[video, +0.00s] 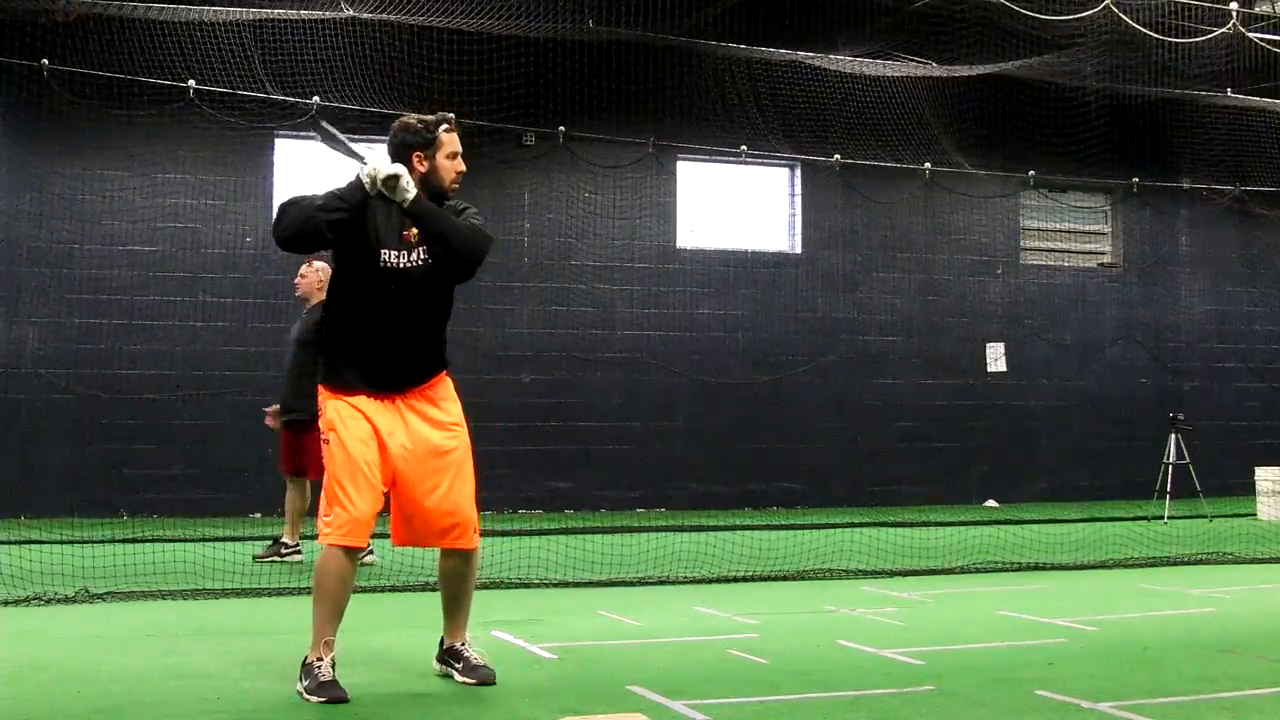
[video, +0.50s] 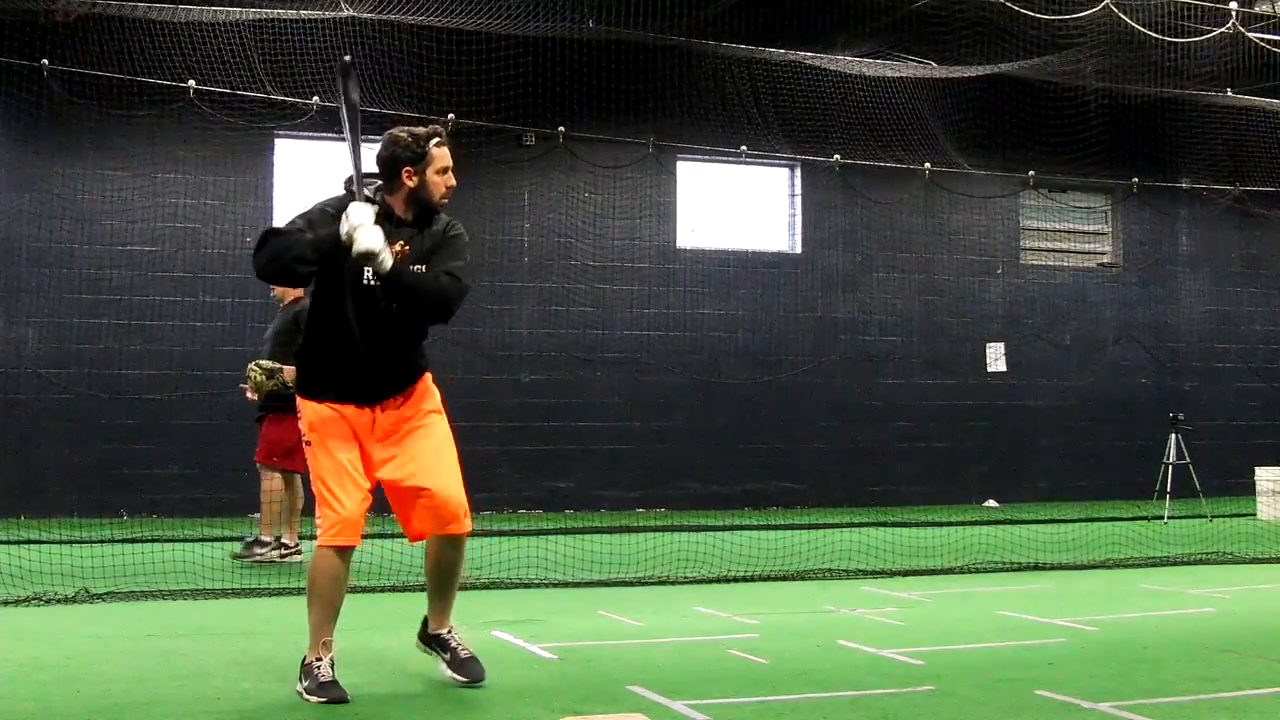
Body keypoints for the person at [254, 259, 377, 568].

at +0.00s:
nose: (297, 280)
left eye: (304, 275)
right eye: (298, 275)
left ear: (321, 281)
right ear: (311, 283)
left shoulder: (329, 314)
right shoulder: (306, 318)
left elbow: (335, 368)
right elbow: (301, 372)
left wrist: (336, 407)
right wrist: (284, 408)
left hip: (325, 410)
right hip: (295, 412)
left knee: (341, 478)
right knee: (296, 478)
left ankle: (360, 542)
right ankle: (290, 542)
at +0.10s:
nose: (289, 280)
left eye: (295, 275)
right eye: (289, 275)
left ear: (314, 281)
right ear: (299, 283)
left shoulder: (320, 315)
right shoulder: (297, 317)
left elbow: (330, 368)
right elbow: (293, 369)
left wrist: (326, 417)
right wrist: (271, 394)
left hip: (312, 412)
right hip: (287, 412)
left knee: (331, 479)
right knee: (293, 478)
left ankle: (350, 537)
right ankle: (289, 542)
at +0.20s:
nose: (280, 279)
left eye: (287, 274)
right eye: (282, 273)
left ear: (305, 280)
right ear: (296, 281)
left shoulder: (314, 311)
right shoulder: (291, 314)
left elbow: (328, 356)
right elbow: (294, 366)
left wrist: (322, 394)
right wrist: (270, 387)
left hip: (303, 407)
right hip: (284, 406)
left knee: (299, 475)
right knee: (294, 476)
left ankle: (348, 523)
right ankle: (289, 543)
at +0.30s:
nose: (275, 279)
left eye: (282, 274)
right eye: (276, 274)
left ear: (301, 279)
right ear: (293, 281)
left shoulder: (310, 312)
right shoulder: (288, 313)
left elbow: (326, 363)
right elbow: (292, 365)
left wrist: (302, 381)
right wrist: (267, 383)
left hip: (301, 403)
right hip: (285, 402)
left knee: (280, 466)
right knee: (290, 470)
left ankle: (322, 526)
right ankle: (288, 541)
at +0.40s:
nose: (272, 281)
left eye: (279, 276)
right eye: (273, 275)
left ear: (297, 282)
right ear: (292, 283)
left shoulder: (305, 313)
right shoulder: (285, 314)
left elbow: (313, 369)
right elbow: (287, 364)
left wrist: (274, 382)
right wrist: (264, 387)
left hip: (292, 407)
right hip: (281, 406)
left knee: (271, 464)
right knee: (287, 469)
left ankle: (295, 534)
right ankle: (290, 535)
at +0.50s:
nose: (271, 289)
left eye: (276, 282)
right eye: (272, 283)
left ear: (292, 284)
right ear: (289, 285)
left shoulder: (302, 312)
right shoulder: (286, 314)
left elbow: (309, 368)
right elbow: (282, 362)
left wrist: (273, 375)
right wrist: (260, 388)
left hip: (286, 408)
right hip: (281, 406)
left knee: (268, 468)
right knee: (289, 473)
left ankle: (266, 537)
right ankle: (290, 541)